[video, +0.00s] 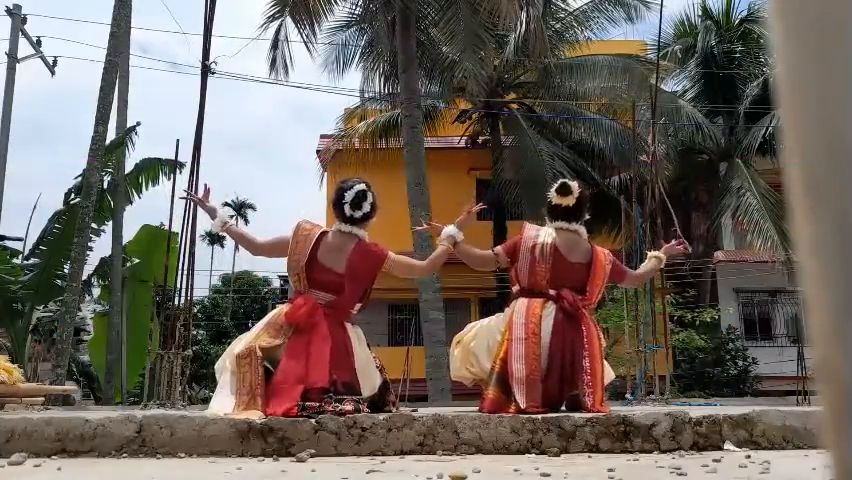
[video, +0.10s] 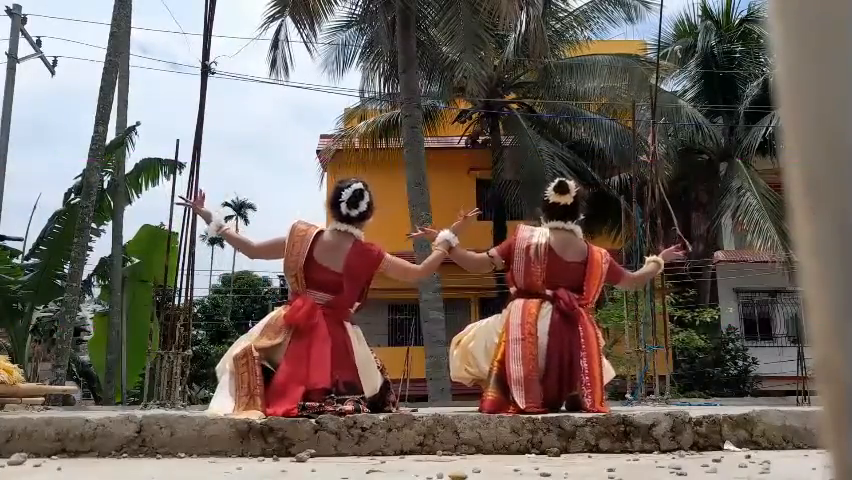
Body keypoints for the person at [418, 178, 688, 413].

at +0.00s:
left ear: (549, 208)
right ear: (584, 212)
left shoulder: (528, 238)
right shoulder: (595, 253)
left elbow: (486, 260)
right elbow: (633, 278)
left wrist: (452, 240)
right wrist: (659, 257)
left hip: (524, 323)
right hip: (573, 329)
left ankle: (513, 397)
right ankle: (576, 397)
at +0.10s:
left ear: (545, 208)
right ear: (580, 213)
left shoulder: (522, 238)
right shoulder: (593, 254)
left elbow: (479, 262)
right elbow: (631, 280)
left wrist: (447, 245)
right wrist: (655, 264)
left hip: (520, 329)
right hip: (572, 335)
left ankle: (513, 397)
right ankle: (572, 397)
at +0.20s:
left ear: (538, 208)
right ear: (574, 212)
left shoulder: (516, 241)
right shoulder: (588, 253)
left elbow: (473, 265)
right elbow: (628, 281)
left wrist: (442, 250)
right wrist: (655, 267)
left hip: (518, 331)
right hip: (569, 334)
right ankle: (573, 400)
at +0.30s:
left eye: (534, 207)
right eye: (558, 207)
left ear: (531, 210)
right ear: (566, 212)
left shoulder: (510, 242)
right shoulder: (585, 251)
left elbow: (469, 267)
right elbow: (623, 282)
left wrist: (434, 254)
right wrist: (653, 268)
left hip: (517, 334)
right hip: (569, 336)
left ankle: (510, 398)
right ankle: (569, 397)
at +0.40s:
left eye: (526, 208)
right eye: (549, 208)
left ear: (524, 211)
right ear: (558, 212)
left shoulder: (503, 243)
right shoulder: (579, 250)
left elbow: (463, 268)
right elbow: (620, 280)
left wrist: (428, 258)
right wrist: (651, 269)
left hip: (515, 333)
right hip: (567, 334)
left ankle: (513, 399)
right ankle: (572, 398)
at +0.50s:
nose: (511, 213)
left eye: (513, 208)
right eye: (521, 207)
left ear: (517, 211)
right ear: (551, 212)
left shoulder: (495, 244)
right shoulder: (573, 248)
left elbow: (453, 269)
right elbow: (616, 279)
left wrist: (421, 255)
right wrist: (649, 266)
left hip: (512, 333)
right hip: (566, 333)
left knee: (510, 404)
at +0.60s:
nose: (503, 213)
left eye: (504, 208)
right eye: (506, 208)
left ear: (510, 210)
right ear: (541, 211)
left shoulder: (487, 243)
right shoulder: (567, 245)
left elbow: (448, 270)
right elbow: (609, 275)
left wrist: (417, 255)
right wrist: (645, 262)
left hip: (510, 330)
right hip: (563, 328)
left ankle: (510, 402)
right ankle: (580, 402)